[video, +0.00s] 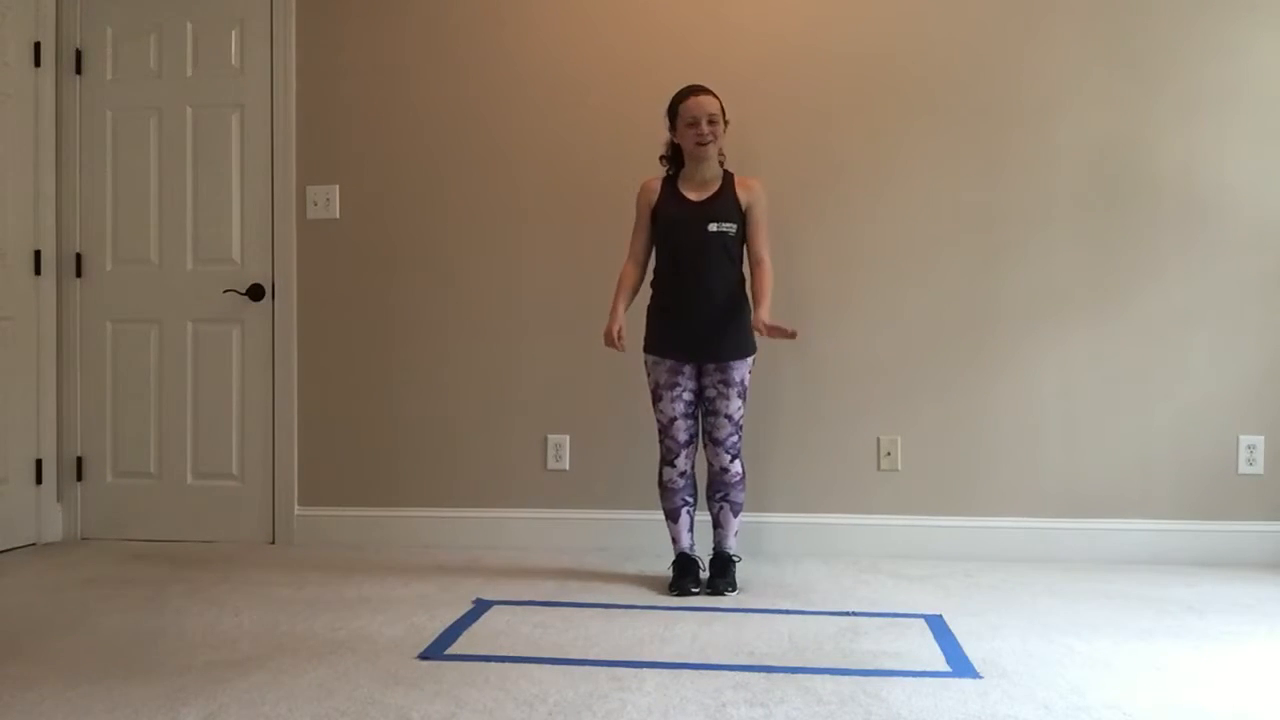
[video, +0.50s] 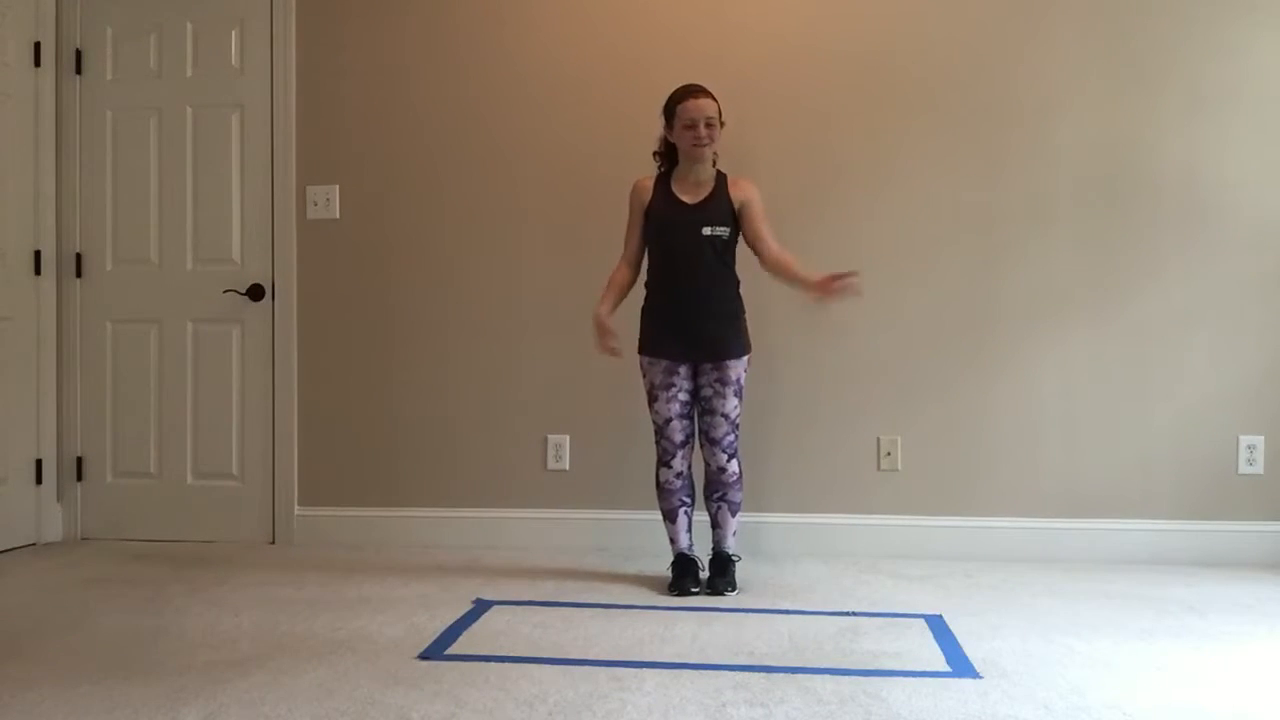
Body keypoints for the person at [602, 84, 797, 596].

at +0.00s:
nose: (703, 130)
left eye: (712, 121)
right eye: (692, 123)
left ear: (724, 128)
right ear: (674, 131)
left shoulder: (746, 190)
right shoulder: (654, 191)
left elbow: (759, 257)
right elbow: (636, 259)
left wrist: (761, 311)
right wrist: (617, 309)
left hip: (728, 341)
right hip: (668, 340)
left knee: (724, 448)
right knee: (676, 448)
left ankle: (723, 555)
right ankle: (684, 557)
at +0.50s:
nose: (702, 131)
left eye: (710, 123)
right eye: (690, 123)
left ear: (721, 129)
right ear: (670, 131)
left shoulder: (739, 192)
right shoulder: (647, 190)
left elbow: (770, 252)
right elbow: (630, 263)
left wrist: (811, 282)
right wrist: (604, 308)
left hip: (723, 341)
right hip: (664, 341)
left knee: (721, 448)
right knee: (672, 450)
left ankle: (724, 555)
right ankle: (683, 556)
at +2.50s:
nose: (731, 121)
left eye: (741, 108)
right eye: (718, 113)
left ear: (761, 113)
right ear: (703, 124)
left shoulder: (784, 180)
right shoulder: (689, 193)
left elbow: (842, 227)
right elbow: (663, 269)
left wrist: (873, 155)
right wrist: (612, 324)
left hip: (736, 341)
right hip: (659, 330)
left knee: (793, 467)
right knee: (612, 457)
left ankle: (853, 589)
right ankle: (590, 579)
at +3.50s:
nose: (687, 135)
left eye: (697, 124)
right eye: (676, 126)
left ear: (714, 127)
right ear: (662, 133)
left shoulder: (734, 199)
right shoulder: (642, 190)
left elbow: (743, 280)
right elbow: (627, 263)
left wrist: (771, 214)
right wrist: (609, 324)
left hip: (700, 342)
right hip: (638, 338)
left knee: (714, 449)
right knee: (637, 450)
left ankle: (709, 546)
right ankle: (639, 550)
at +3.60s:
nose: (678, 143)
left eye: (687, 132)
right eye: (666, 134)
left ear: (704, 135)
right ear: (651, 143)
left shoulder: (726, 201)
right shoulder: (634, 204)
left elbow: (749, 283)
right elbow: (617, 281)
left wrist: (787, 226)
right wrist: (593, 346)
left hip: (701, 351)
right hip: (636, 351)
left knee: (741, 449)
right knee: (633, 457)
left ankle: (726, 527)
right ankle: (640, 553)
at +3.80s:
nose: (689, 109)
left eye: (698, 98)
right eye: (676, 99)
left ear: (711, 100)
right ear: (654, 102)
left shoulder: (729, 164)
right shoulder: (631, 167)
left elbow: (762, 245)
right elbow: (596, 244)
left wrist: (813, 305)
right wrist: (532, 230)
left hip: (734, 308)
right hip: (669, 315)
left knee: (754, 425)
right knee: (657, 432)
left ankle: (785, 557)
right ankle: (659, 543)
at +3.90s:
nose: (702, 125)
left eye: (712, 114)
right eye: (690, 114)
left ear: (724, 118)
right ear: (667, 118)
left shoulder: (738, 180)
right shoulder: (638, 182)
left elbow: (761, 260)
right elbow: (592, 247)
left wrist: (781, 333)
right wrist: (576, 173)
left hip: (747, 324)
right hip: (683, 332)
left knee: (766, 447)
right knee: (674, 438)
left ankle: (798, 582)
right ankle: (682, 548)